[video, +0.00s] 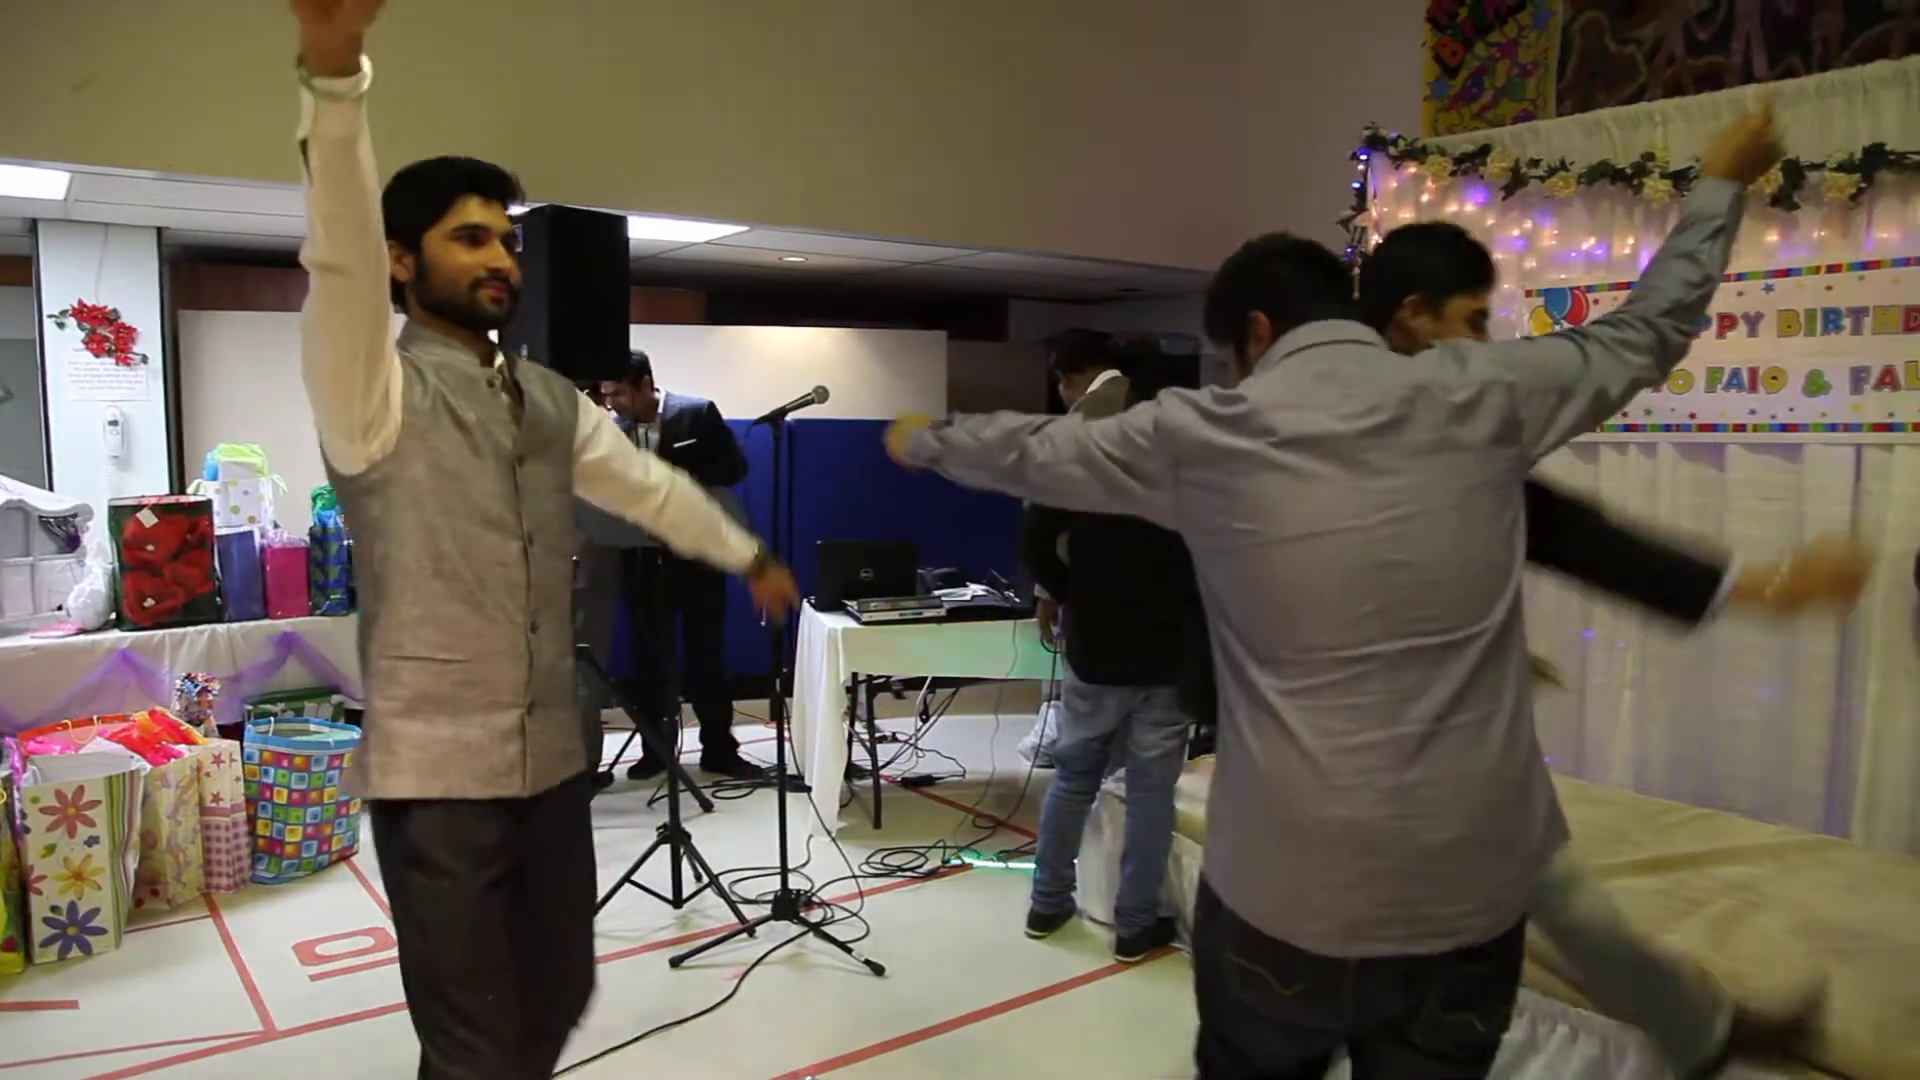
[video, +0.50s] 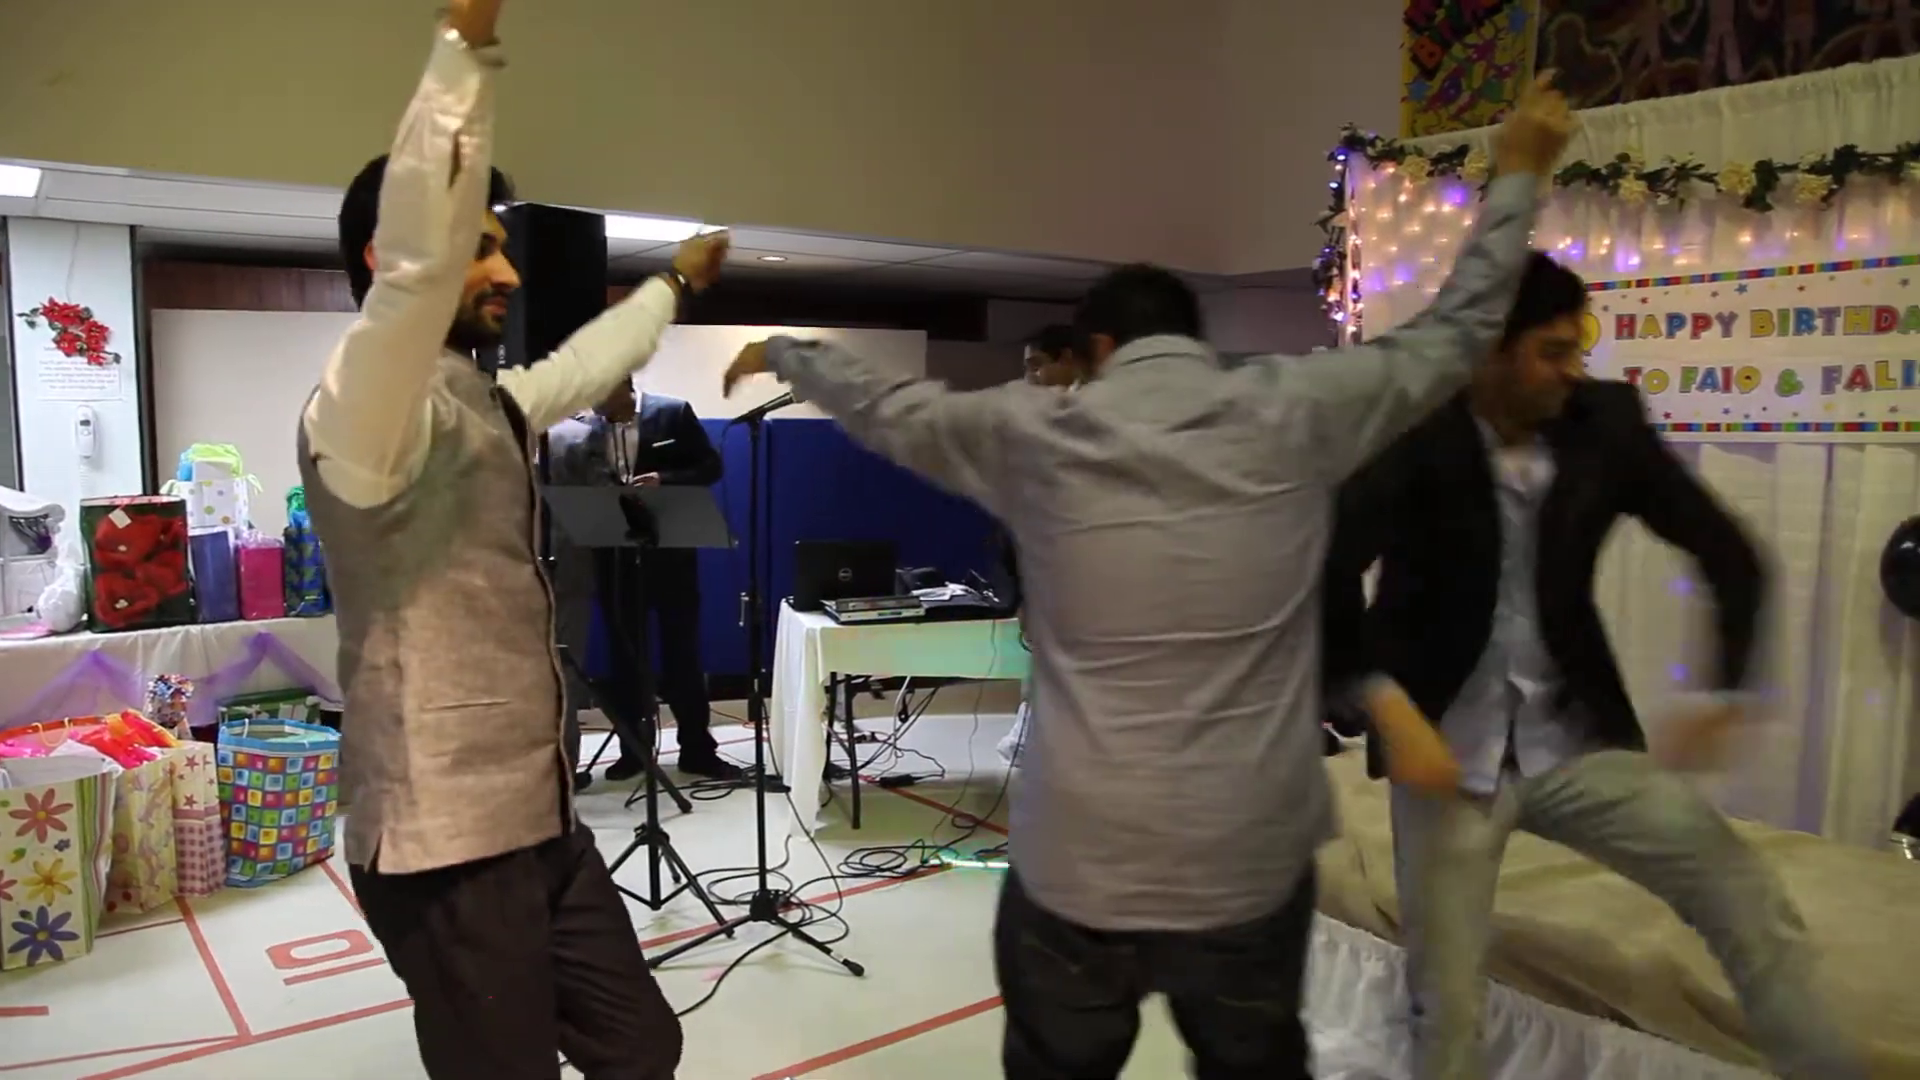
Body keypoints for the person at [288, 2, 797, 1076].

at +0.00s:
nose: (501, 256)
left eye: (507, 240)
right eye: (471, 238)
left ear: (515, 261)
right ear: (405, 260)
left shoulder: (546, 395)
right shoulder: (373, 387)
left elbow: (646, 483)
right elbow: (346, 259)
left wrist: (750, 558)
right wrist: (332, 79)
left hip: (554, 759)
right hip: (438, 768)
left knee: (556, 1003)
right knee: (480, 1043)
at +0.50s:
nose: (504, 266)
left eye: (502, 245)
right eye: (477, 247)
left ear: (503, 262)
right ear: (398, 268)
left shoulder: (493, 399)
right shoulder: (367, 425)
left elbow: (587, 367)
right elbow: (407, 267)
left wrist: (675, 283)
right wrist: (463, 47)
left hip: (535, 819)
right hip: (443, 843)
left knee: (639, 1046)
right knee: (504, 1072)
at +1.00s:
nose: (530, 261)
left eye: (531, 239)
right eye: (502, 233)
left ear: (529, 258)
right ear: (432, 244)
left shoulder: (505, 382)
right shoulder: (384, 410)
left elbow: (587, 323)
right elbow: (421, 242)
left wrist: (670, 223)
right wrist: (482, 26)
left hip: (561, 827)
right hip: (463, 851)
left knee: (622, 1065)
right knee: (479, 1074)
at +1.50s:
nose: (596, 254)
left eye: (591, 229)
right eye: (568, 226)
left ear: (568, 241)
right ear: (487, 233)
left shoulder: (569, 370)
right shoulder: (438, 403)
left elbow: (664, 299)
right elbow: (477, 227)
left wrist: (761, 188)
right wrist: (539, 16)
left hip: (619, 818)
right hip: (533, 845)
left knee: (653, 1067)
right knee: (599, 1074)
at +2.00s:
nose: (707, 232)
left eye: (698, 208)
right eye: (678, 213)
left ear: (648, 230)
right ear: (603, 226)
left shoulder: (693, 364)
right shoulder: (557, 401)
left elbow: (801, 293)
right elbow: (627, 206)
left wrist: (913, 183)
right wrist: (705, 3)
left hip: (725, 830)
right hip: (651, 853)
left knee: (706, 1064)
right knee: (733, 1071)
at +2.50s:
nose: (821, 209)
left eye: (822, 183)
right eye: (801, 184)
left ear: (746, 208)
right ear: (741, 203)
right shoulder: (676, 390)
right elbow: (823, 200)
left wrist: (998, 717)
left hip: (822, 856)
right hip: (760, 882)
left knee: (866, 1056)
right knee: (835, 1068)